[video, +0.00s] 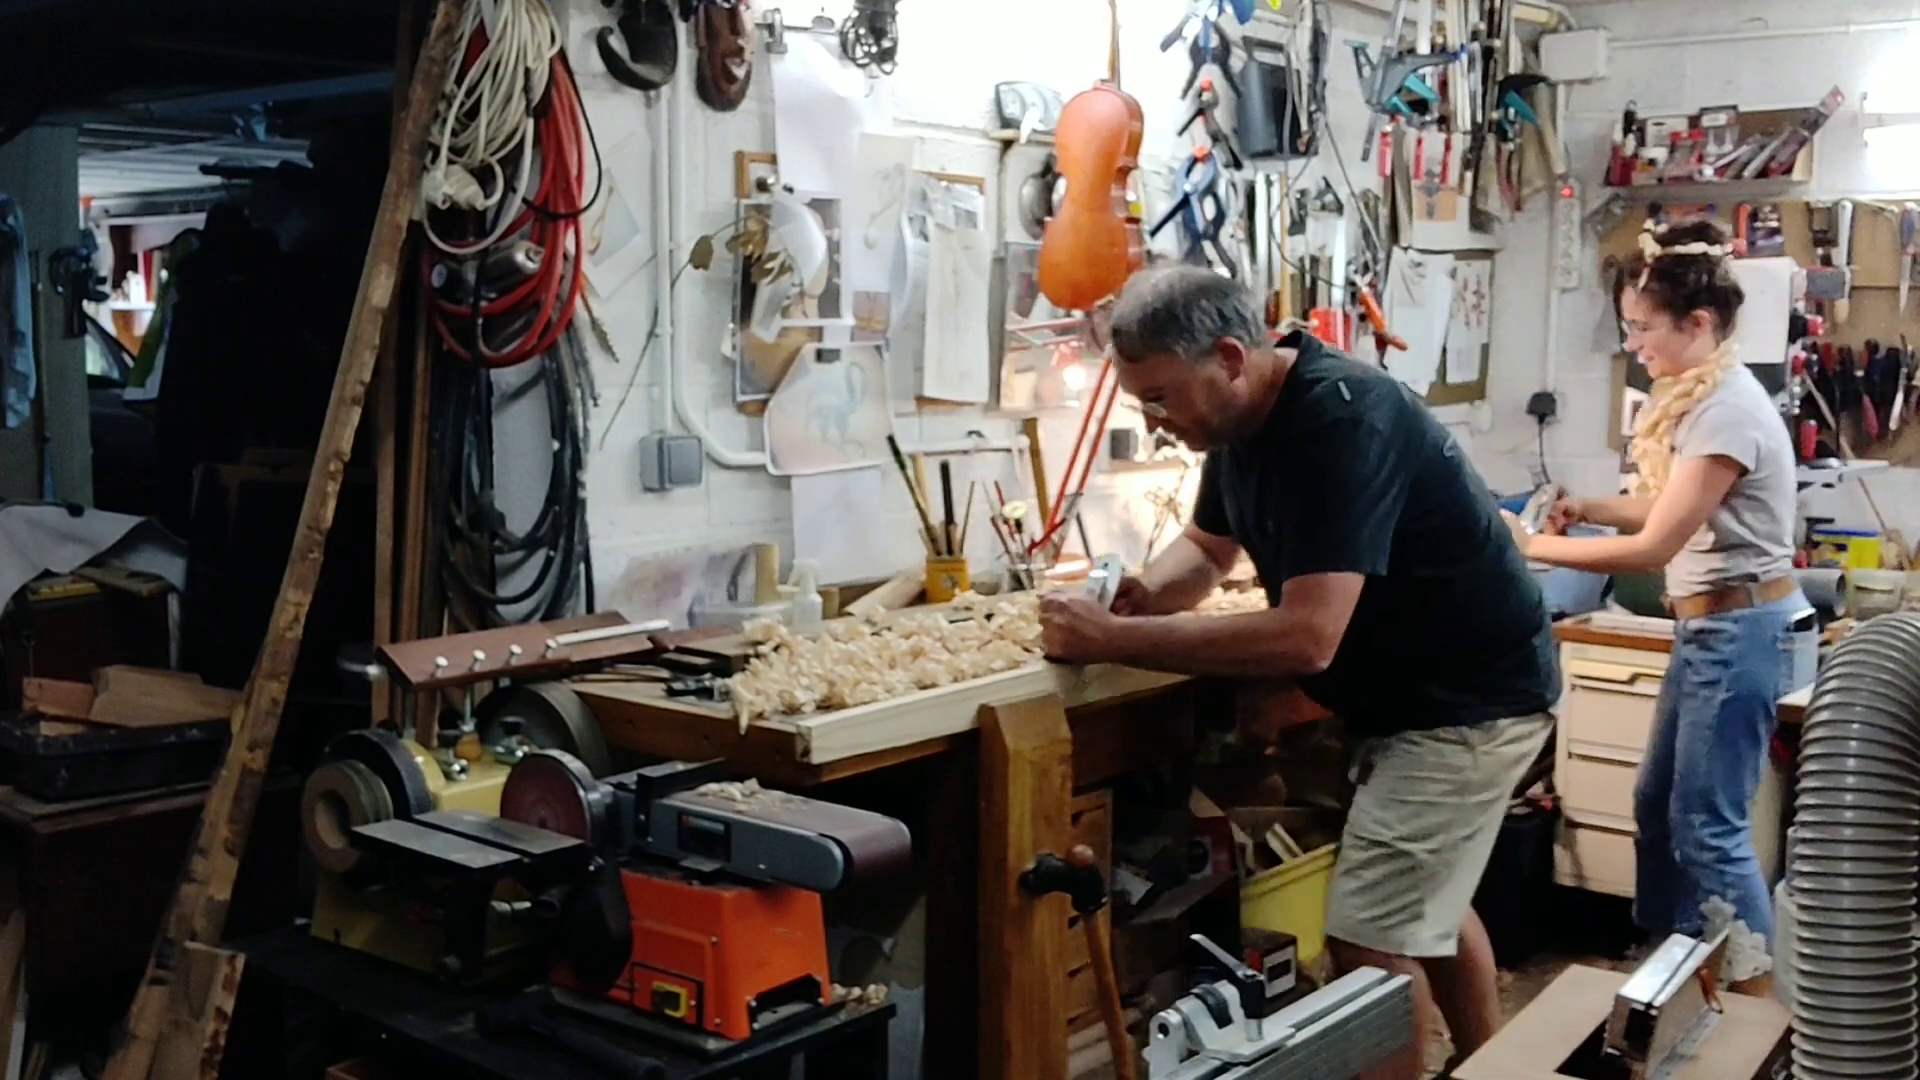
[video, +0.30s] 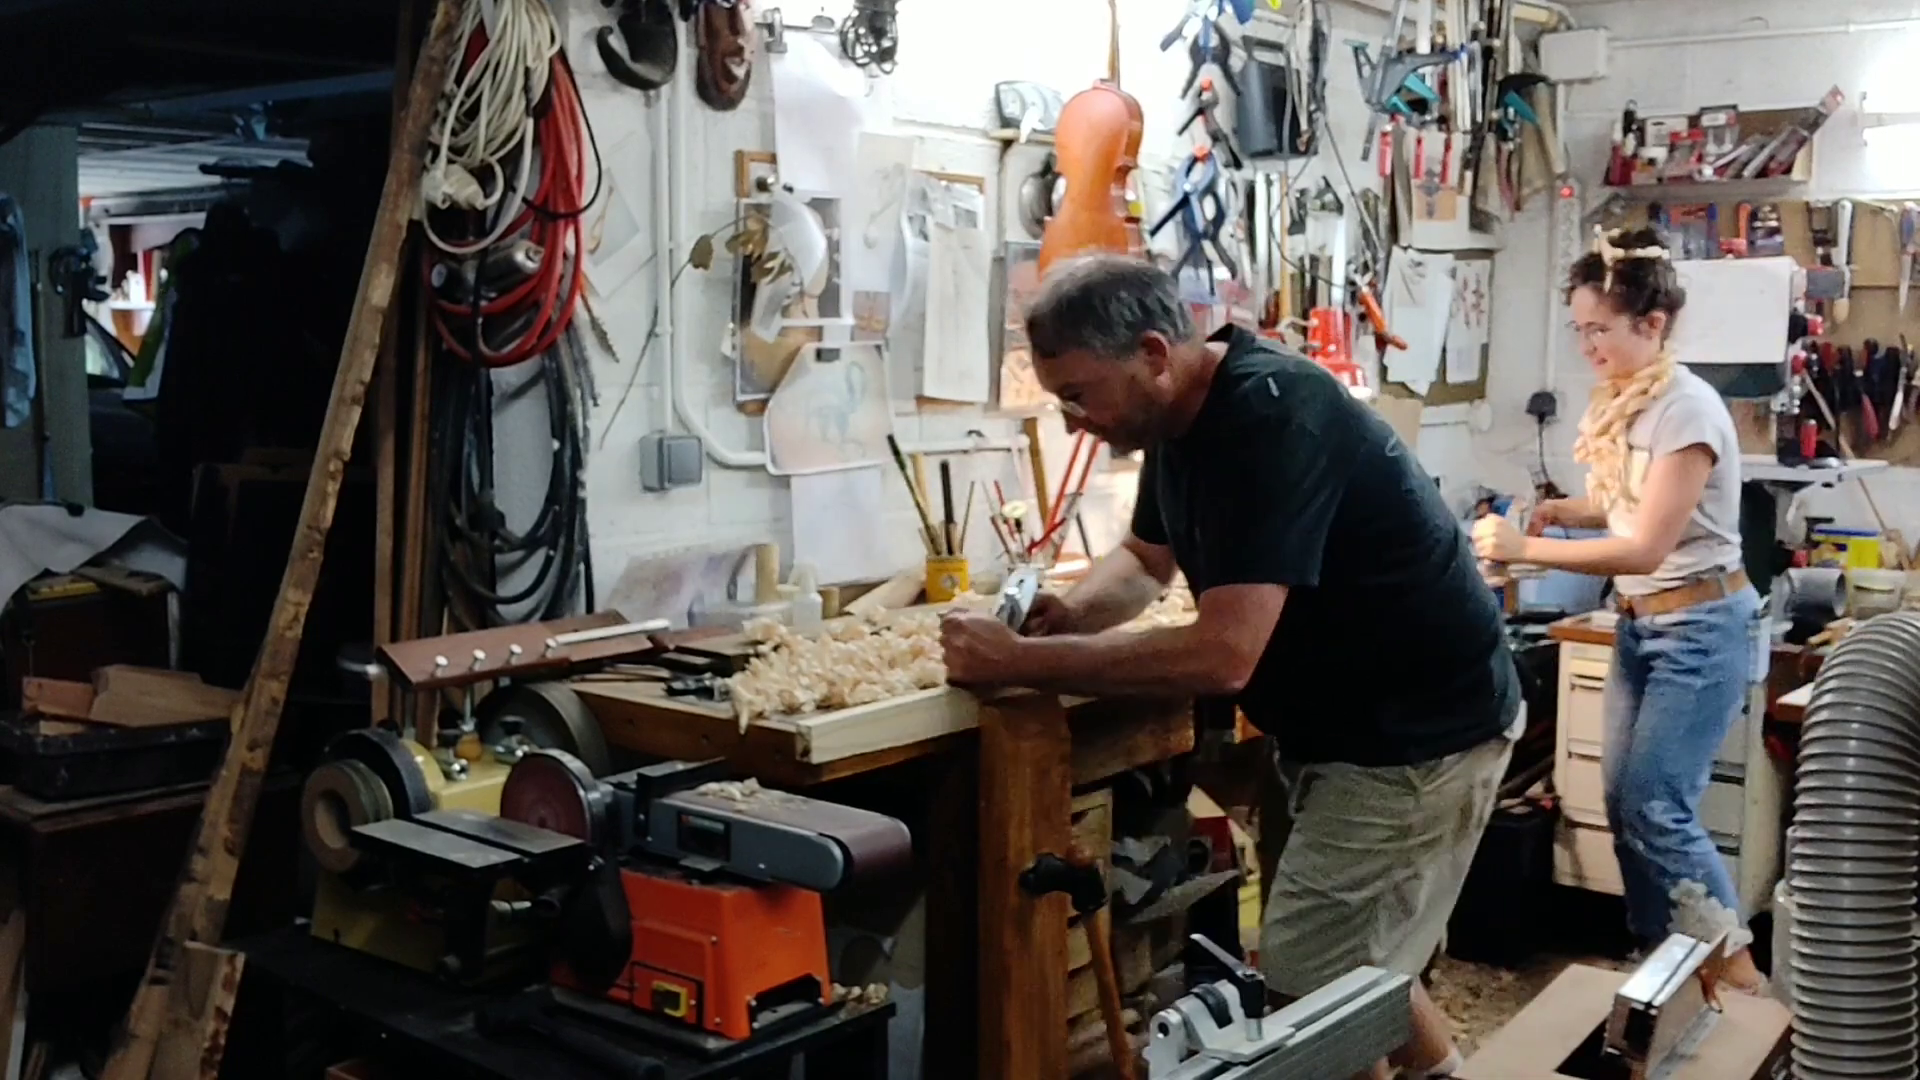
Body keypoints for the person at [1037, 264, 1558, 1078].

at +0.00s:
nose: (1154, 421)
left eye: (1160, 399)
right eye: (1143, 403)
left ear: (1229, 358)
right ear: (1225, 357)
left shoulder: (1345, 417)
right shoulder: (1244, 420)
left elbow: (1308, 636)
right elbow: (1207, 547)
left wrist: (1116, 638)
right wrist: (1146, 598)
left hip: (1475, 698)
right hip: (1400, 695)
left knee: (1367, 940)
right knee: (1434, 902)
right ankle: (1485, 1062)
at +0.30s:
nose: (1073, 420)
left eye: (1080, 394)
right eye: (1062, 401)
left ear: (1153, 353)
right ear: (1152, 354)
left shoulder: (1272, 413)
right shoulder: (1180, 415)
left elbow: (1225, 655)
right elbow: (1145, 558)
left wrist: (1020, 661)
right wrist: (1073, 613)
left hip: (1415, 730)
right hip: (1329, 726)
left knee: (1305, 975)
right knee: (1351, 952)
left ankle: (1422, 1063)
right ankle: (1437, 1065)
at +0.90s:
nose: (946, 419)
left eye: (952, 391)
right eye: (936, 397)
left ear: (1029, 346)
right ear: (1031, 346)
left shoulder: (1156, 413)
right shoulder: (1080, 410)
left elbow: (1087, 678)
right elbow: (1046, 579)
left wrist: (865, 693)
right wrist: (946, 638)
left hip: (1312, 763)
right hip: (1237, 753)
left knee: (1226, 1042)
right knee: (1211, 1029)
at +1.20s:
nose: (910, 324)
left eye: (912, 290)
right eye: (901, 297)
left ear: (990, 254)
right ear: (997, 253)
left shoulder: (1095, 348)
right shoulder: (1138, 325)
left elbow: (974, 582)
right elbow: (1063, 577)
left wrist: (777, 584)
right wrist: (879, 603)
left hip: (1239, 797)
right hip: (1317, 767)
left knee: (1106, 1064)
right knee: (1275, 1052)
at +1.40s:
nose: (974, 238)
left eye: (974, 200)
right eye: (965, 207)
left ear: (1044, 175)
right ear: (1057, 175)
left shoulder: (1104, 293)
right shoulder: (1242, 274)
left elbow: (933, 518)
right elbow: (1172, 533)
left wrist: (796, 478)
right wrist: (975, 540)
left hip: (1208, 784)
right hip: (1358, 757)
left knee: (1098, 1065)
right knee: (1305, 1058)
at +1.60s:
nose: (1059, 205)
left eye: (1061, 173)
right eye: (1053, 178)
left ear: (1126, 156)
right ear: (1158, 155)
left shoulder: (1136, 294)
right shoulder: (1340, 292)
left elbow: (908, 476)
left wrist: (820, 383)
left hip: (1194, 796)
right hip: (1361, 778)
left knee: (1079, 1064)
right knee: (1305, 1066)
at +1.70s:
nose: (1098, 193)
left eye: (1101, 162)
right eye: (1094, 165)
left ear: (1157, 145)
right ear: (1256, 145)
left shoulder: (1141, 290)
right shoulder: (1383, 296)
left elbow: (904, 454)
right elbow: (1418, 531)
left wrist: (866, 342)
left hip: (1204, 786)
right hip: (1378, 766)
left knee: (1117, 1063)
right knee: (1317, 1060)